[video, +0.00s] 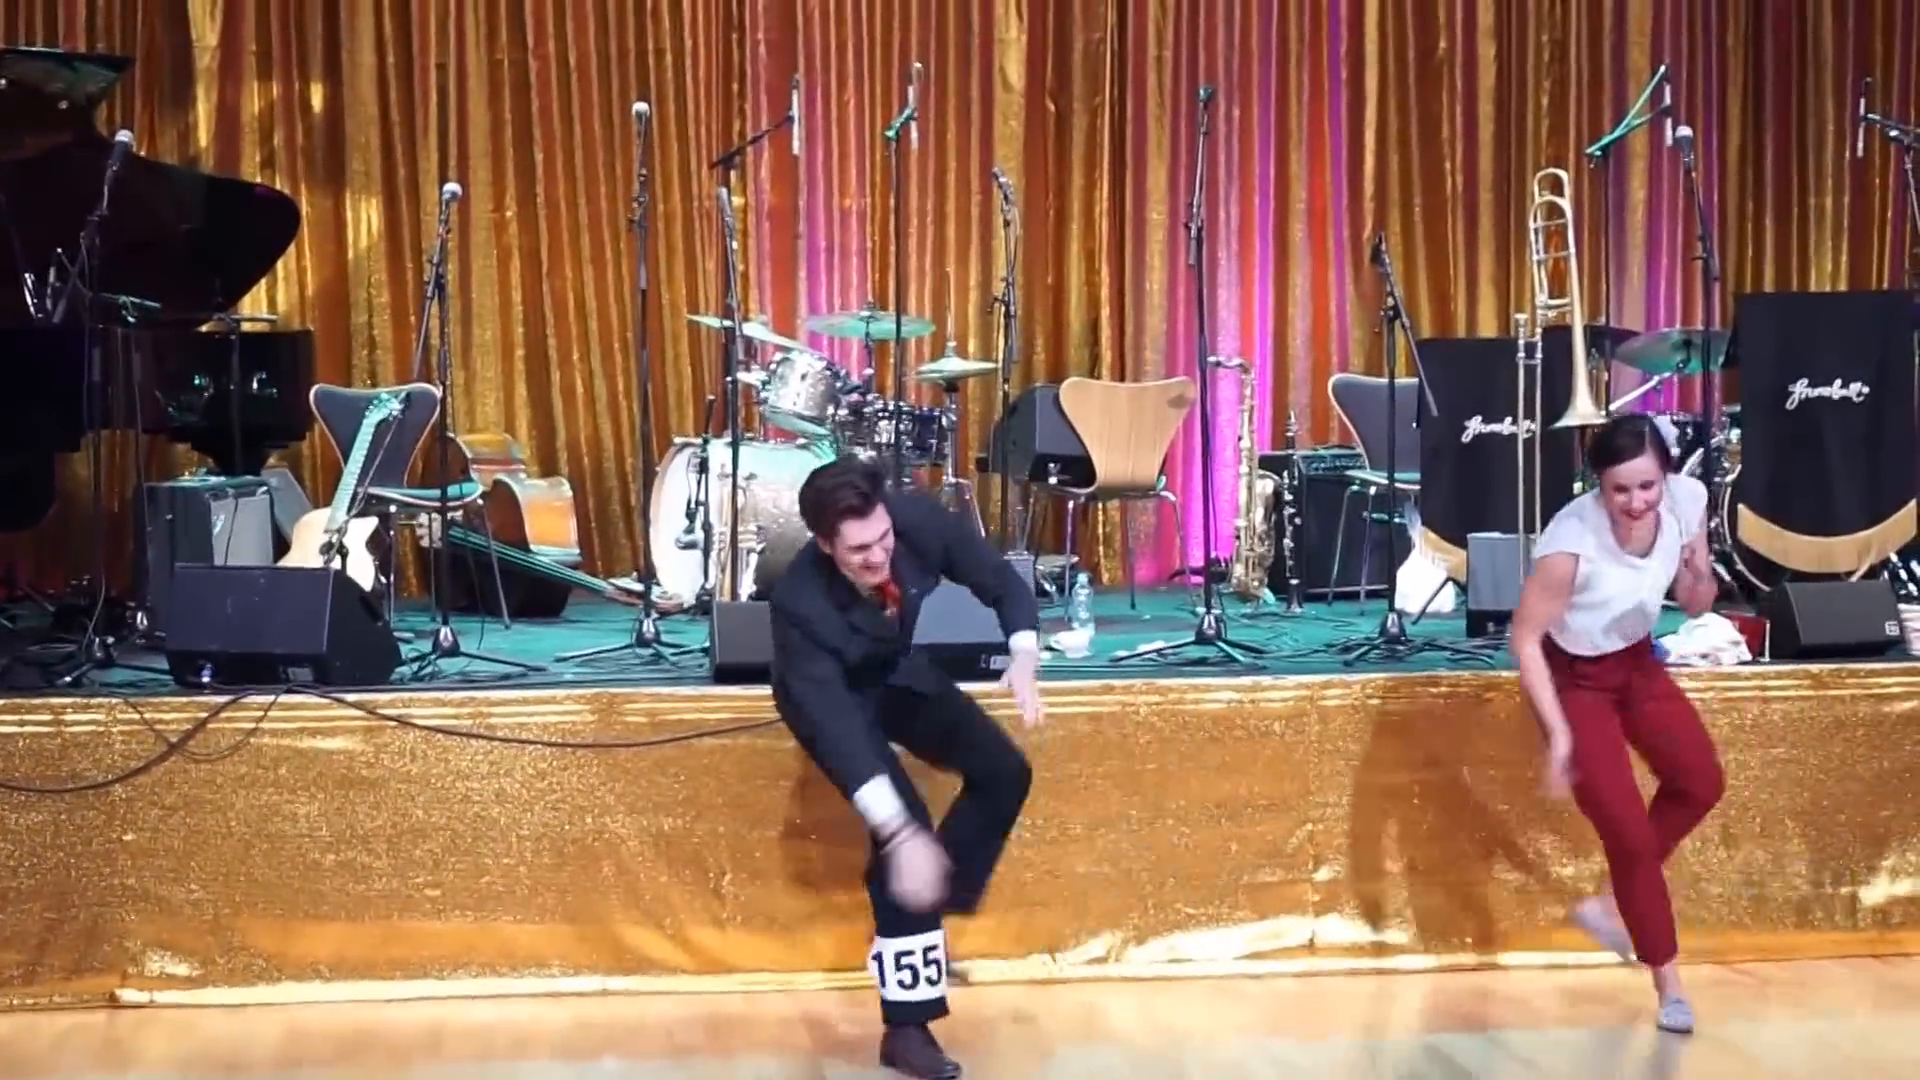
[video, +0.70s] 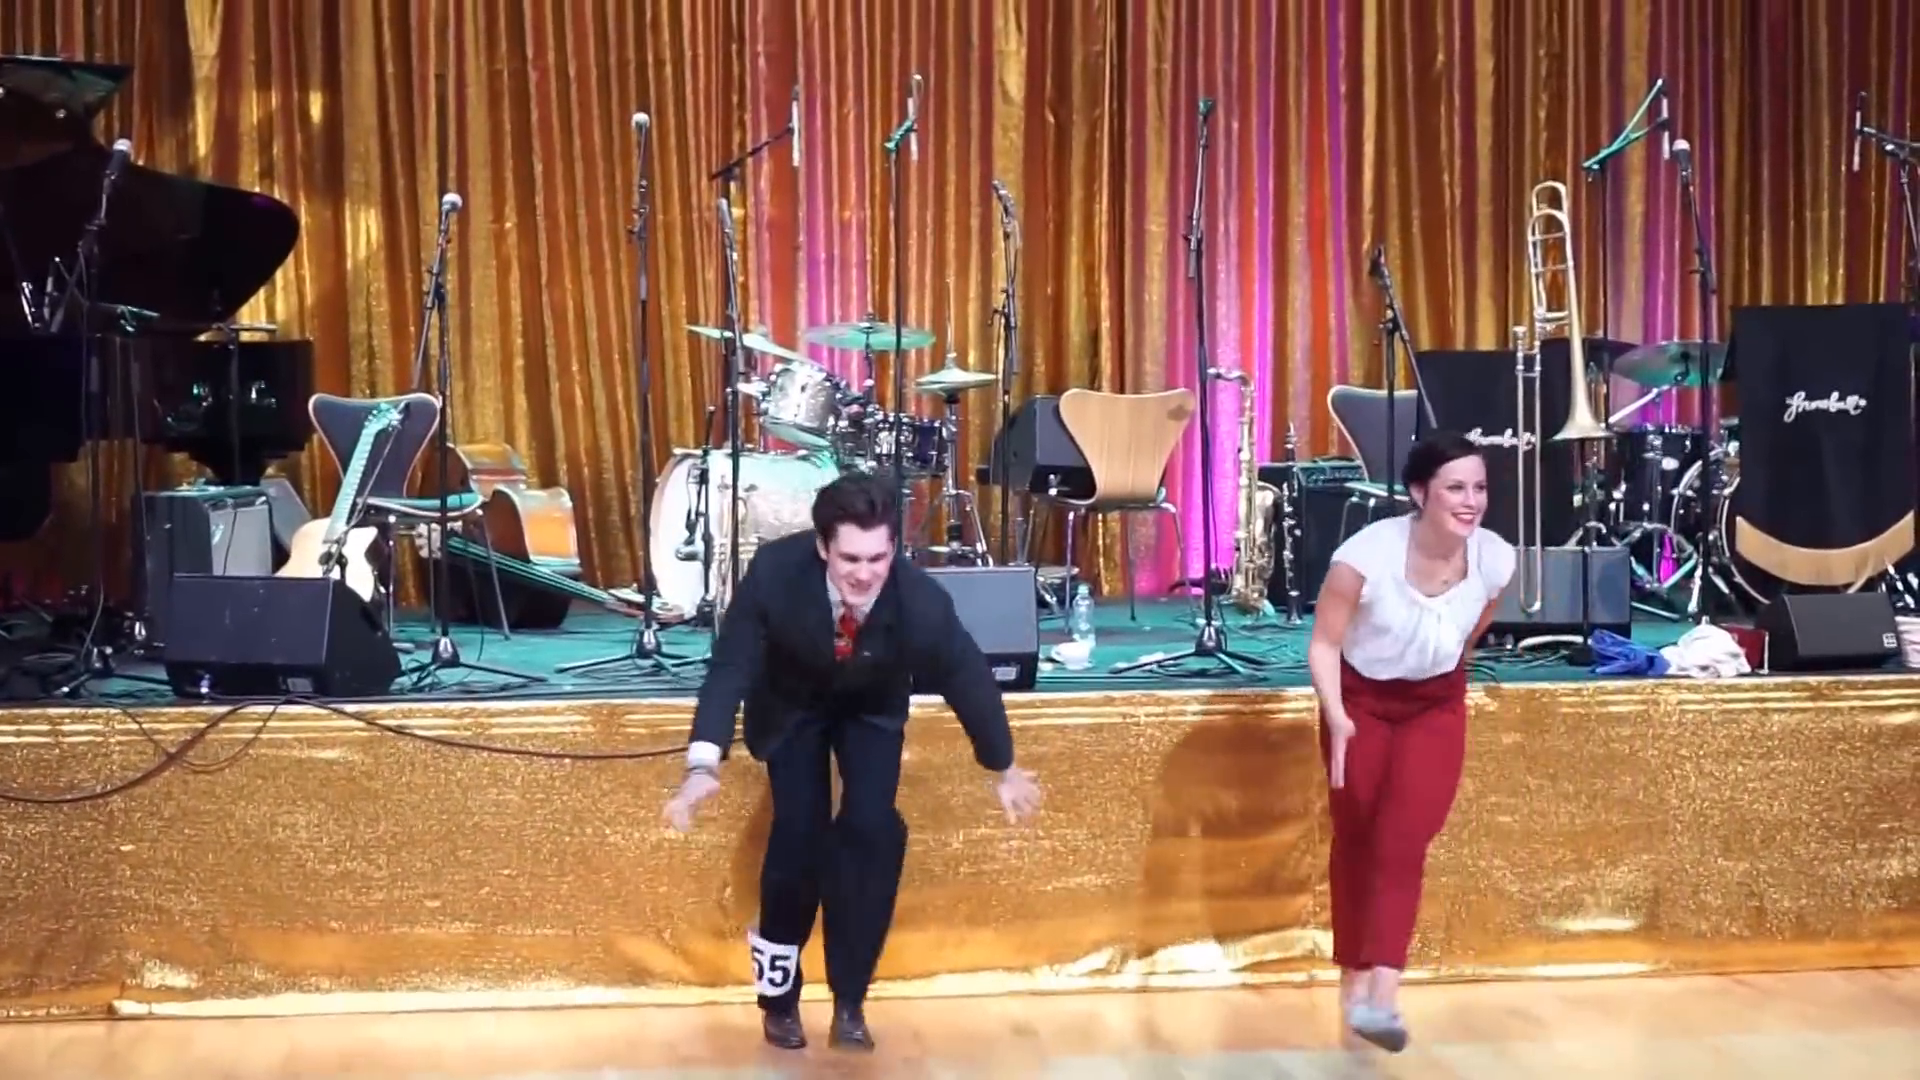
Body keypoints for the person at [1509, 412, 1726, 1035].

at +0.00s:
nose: (1636, 501)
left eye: (1648, 485)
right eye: (1620, 489)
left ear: (1664, 474)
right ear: (1598, 482)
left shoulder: (1685, 499)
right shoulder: (1568, 544)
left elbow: (1692, 602)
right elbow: (1524, 636)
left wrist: (1701, 577)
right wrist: (1557, 730)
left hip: (1638, 662)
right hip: (1571, 677)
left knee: (1699, 784)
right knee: (1632, 838)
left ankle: (1609, 905)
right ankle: (1667, 981)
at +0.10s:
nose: (1610, 498)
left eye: (1621, 483)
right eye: (1594, 486)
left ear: (1637, 479)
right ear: (1572, 488)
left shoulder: (1661, 520)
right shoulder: (1540, 559)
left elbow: (1688, 623)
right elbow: (1464, 623)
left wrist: (1680, 576)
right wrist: (1459, 722)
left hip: (1620, 687)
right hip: (1553, 693)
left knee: (1620, 840)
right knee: (1617, 840)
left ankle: (1497, 938)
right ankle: (1668, 988)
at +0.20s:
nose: (1581, 487)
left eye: (1592, 472)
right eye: (1566, 474)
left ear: (1609, 471)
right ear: (1543, 477)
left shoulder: (1634, 517)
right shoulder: (1508, 537)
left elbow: (1660, 624)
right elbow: (1425, 572)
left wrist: (1655, 580)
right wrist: (1419, 656)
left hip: (1589, 679)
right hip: (1515, 680)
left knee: (1569, 824)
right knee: (1575, 821)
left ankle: (1480, 949)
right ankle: (1624, 972)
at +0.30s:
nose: (1556, 481)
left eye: (1567, 467)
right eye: (1541, 469)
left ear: (1580, 469)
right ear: (1513, 473)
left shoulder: (1602, 522)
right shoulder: (1466, 527)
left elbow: (1621, 613)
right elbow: (1420, 562)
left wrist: (1625, 656)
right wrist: (1397, 637)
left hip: (1560, 681)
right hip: (1481, 683)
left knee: (1570, 826)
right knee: (1522, 822)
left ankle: (1507, 950)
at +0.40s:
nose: (1532, 489)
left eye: (1542, 475)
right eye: (1517, 476)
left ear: (1553, 478)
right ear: (1485, 478)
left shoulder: (1571, 546)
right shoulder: (1432, 545)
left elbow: (1582, 641)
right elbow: (1408, 621)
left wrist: (1600, 734)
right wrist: (1390, 697)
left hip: (1532, 698)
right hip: (1451, 699)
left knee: (1534, 841)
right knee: (1448, 849)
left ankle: (1504, 963)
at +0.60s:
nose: (1492, 493)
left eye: (1501, 480)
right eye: (1478, 480)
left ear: (1509, 485)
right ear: (1443, 485)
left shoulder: (1524, 552)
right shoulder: (1389, 543)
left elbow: (1512, 624)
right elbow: (1349, 626)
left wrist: (1495, 680)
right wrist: (1333, 722)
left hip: (1462, 678)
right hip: (1376, 675)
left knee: (1468, 823)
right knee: (1373, 831)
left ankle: (1440, 983)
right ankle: (1361, 971)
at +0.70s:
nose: (1471, 500)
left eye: (1479, 488)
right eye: (1456, 488)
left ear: (1486, 494)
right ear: (1419, 492)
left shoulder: (1493, 560)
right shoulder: (1367, 552)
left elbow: (1471, 635)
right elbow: (1324, 643)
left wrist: (1442, 687)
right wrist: (1338, 720)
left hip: (1437, 708)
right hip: (1361, 703)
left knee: (1404, 840)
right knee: (1358, 840)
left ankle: (1384, 995)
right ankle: (1355, 987)